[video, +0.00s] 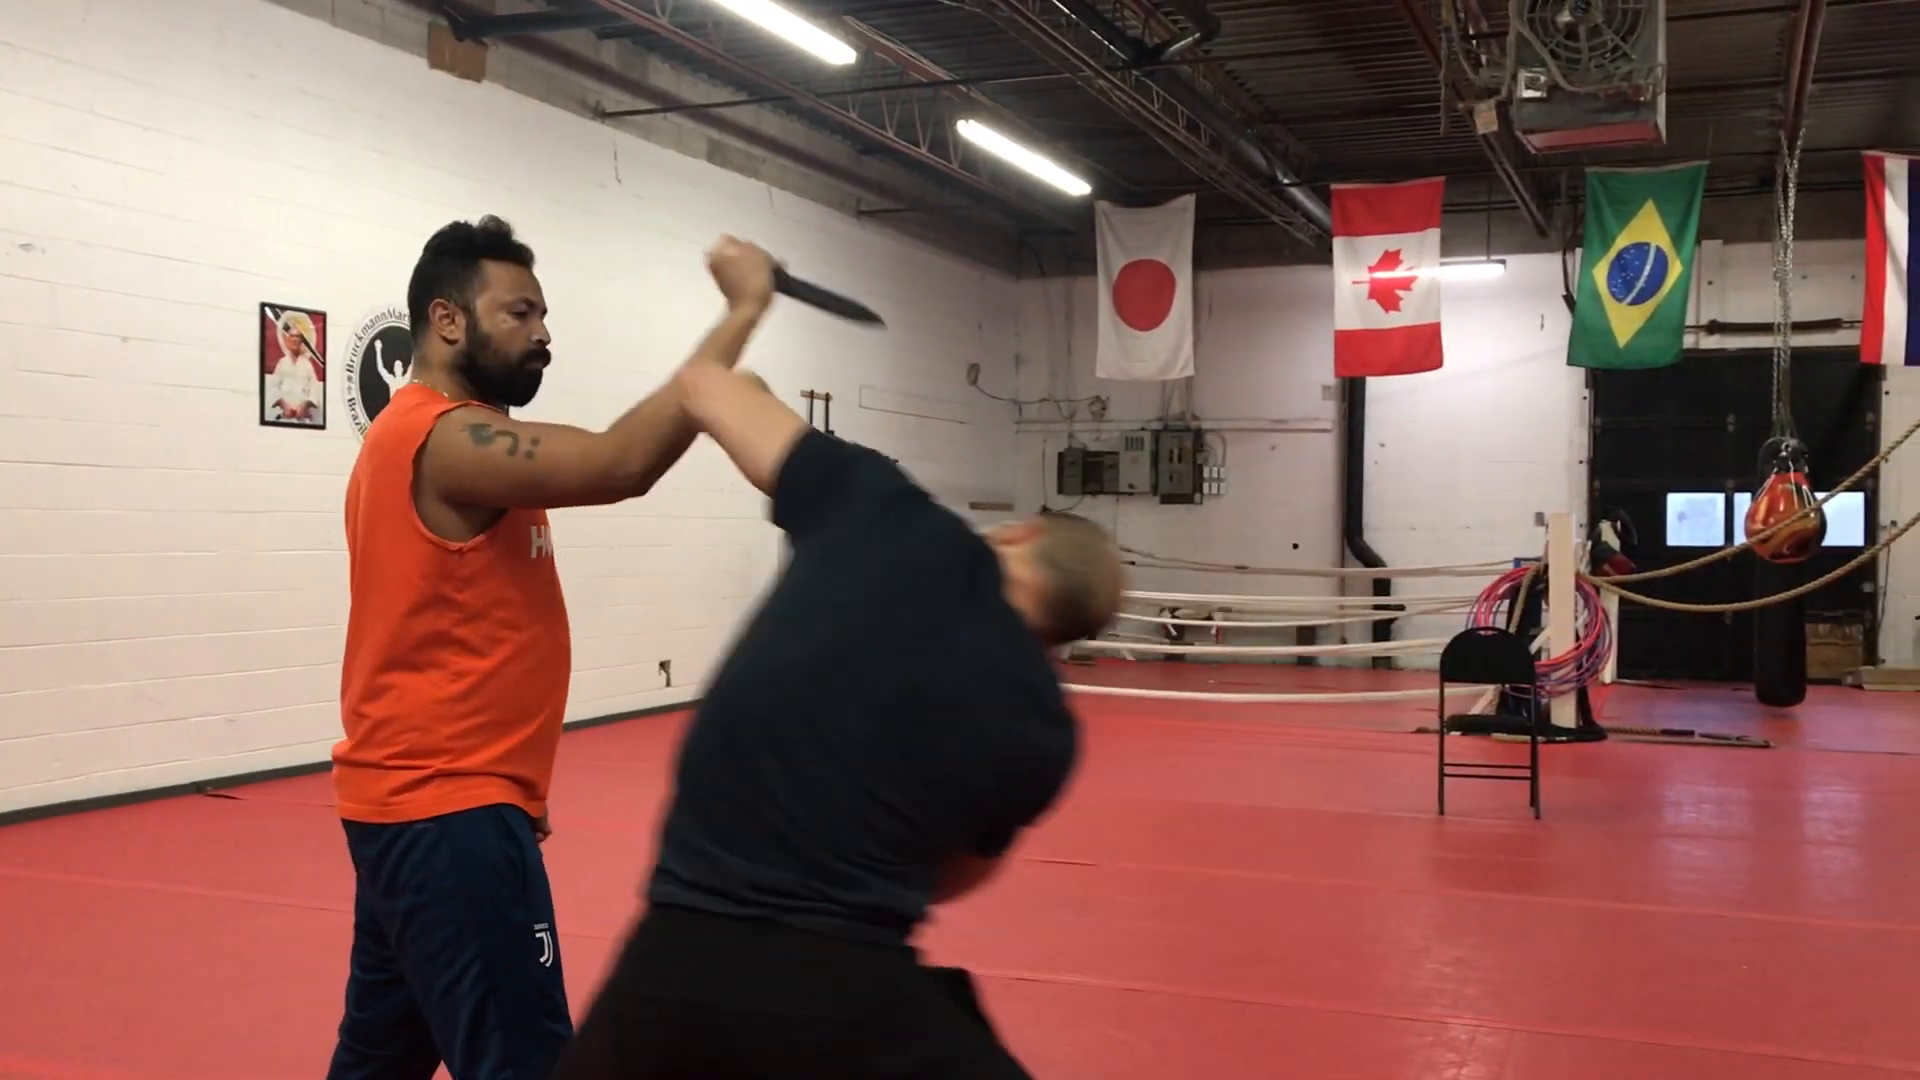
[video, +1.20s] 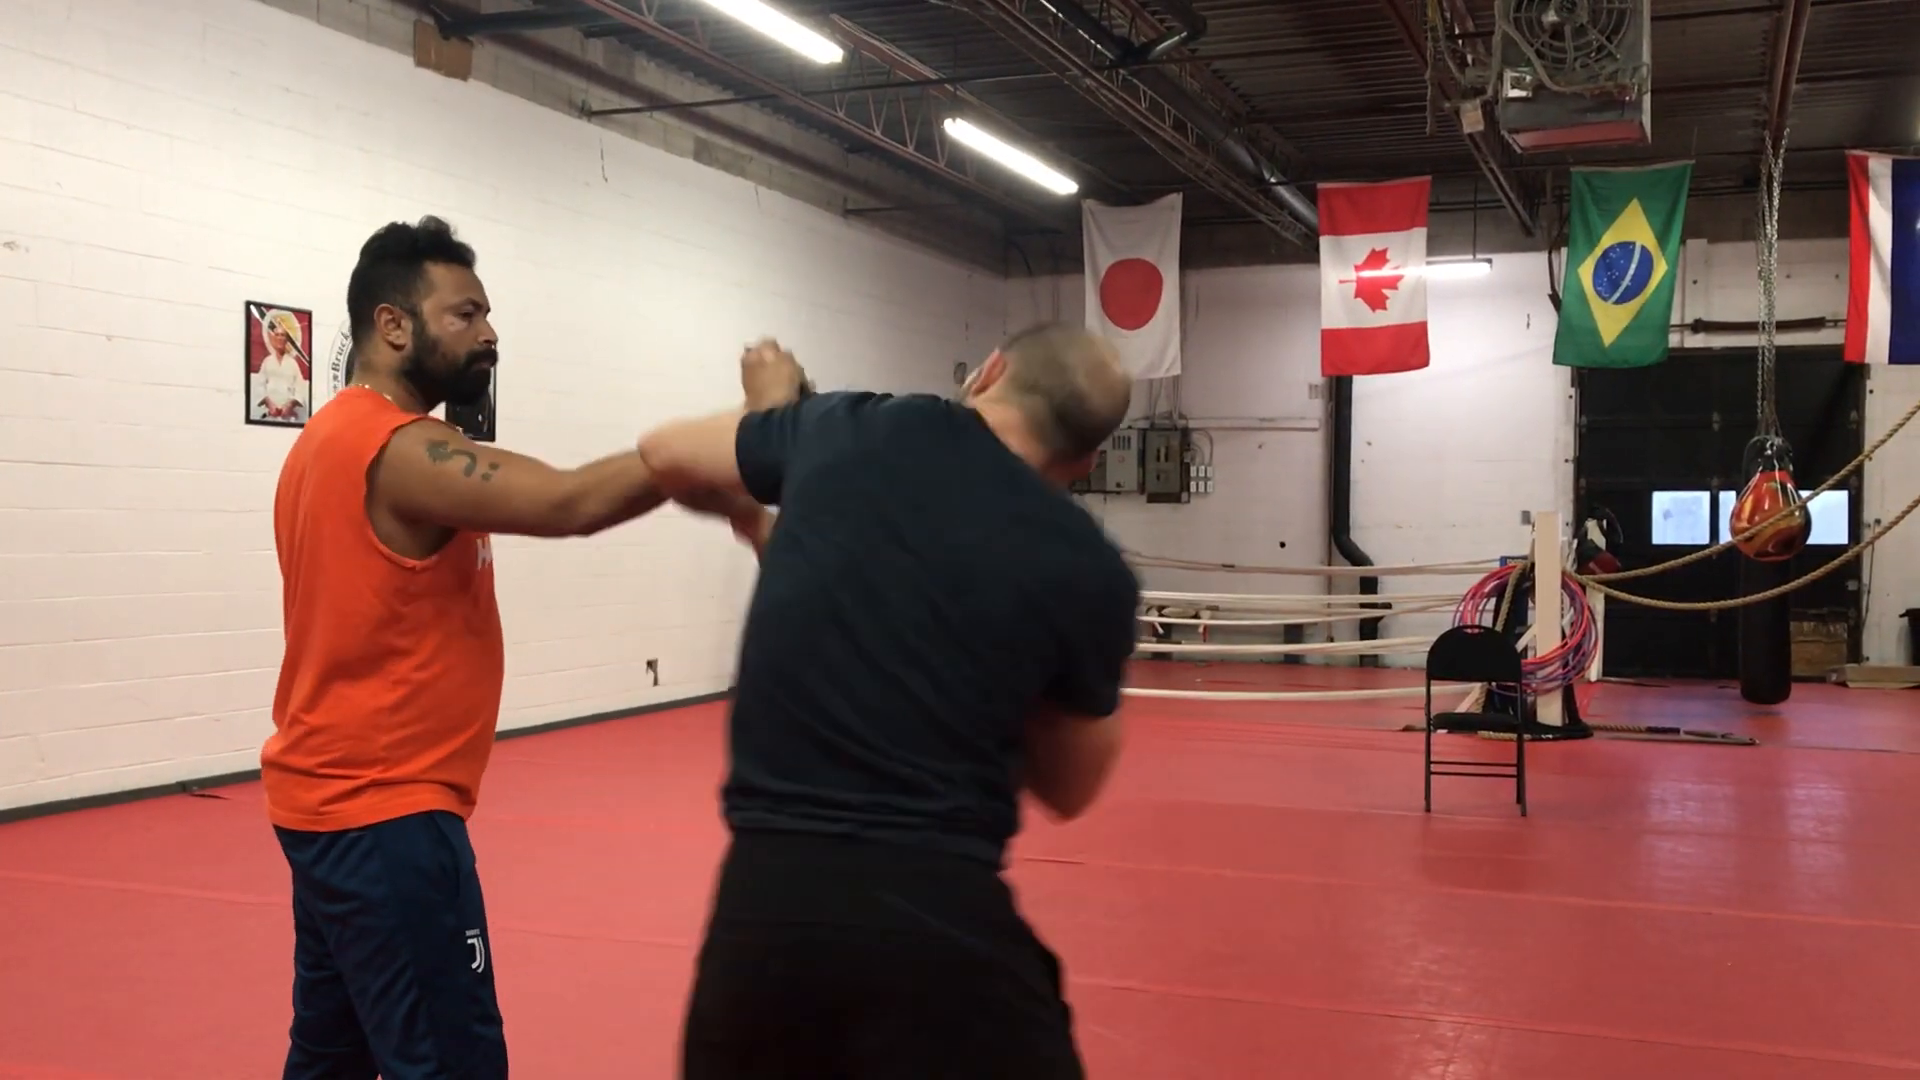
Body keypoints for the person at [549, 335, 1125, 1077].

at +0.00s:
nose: (1012, 517)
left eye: (1024, 517)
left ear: (1021, 530)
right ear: (1069, 640)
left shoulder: (874, 508)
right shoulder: (1041, 730)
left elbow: (704, 380)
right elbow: (953, 878)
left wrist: (747, 300)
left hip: (676, 971)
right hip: (862, 998)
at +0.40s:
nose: (888, 524)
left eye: (898, 522)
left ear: (899, 531)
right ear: (948, 651)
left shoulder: (769, 508)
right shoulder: (928, 745)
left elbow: (628, 369)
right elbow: (824, 881)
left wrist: (716, 328)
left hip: (550, 979)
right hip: (736, 1004)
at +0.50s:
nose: (491, 342)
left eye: (490, 323)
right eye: (469, 320)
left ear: (400, 333)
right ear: (392, 326)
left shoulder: (389, 433)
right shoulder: (382, 437)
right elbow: (555, 462)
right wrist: (705, 328)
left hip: (400, 802)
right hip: (399, 808)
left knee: (349, 1056)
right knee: (465, 1059)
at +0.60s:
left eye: (901, 510)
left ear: (908, 514)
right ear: (958, 639)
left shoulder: (765, 494)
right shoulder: (937, 731)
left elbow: (620, 369)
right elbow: (843, 871)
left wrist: (703, 325)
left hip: (562, 972)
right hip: (749, 999)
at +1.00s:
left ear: (947, 460)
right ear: (1004, 578)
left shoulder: (802, 459)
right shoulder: (988, 674)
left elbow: (642, 380)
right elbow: (905, 855)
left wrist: (726, 344)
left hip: (631, 936)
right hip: (808, 965)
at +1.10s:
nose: (957, 415)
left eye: (967, 405)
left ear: (973, 408)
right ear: (1045, 518)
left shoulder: (826, 435)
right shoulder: (1042, 621)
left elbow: (656, 409)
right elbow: (981, 825)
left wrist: (743, 370)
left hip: (703, 920)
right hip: (886, 943)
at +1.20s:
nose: (974, 376)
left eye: (982, 366)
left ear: (986, 369)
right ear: (1083, 467)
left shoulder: (842, 429)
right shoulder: (1087, 568)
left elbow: (667, 452)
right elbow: (1070, 787)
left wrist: (755, 520)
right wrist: (990, 644)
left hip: (768, 908)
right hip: (952, 928)